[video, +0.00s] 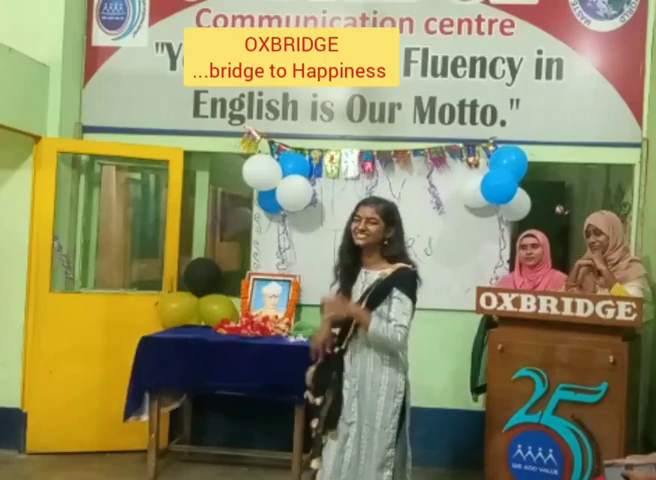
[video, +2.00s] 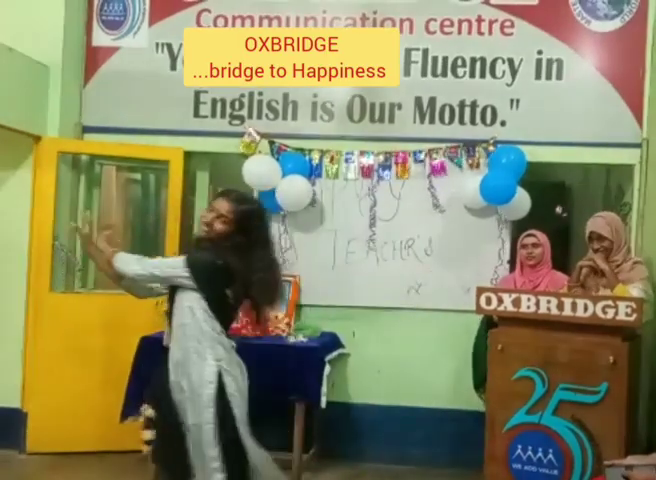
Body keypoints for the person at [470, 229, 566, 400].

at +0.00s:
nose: (529, 252)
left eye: (534, 247)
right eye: (523, 247)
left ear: (545, 250)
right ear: (517, 252)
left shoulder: (560, 281)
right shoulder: (506, 281)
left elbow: (564, 316)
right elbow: (495, 316)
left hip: (548, 347)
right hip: (512, 346)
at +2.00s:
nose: (530, 251)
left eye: (535, 246)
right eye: (525, 247)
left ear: (545, 250)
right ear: (518, 252)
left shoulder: (561, 282)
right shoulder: (506, 282)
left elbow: (566, 321)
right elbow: (492, 321)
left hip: (548, 352)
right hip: (511, 351)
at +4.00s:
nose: (531, 251)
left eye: (536, 246)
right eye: (525, 247)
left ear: (546, 250)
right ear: (519, 252)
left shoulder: (561, 281)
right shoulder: (507, 282)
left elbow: (565, 318)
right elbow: (496, 319)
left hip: (548, 349)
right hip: (512, 348)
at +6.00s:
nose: (531, 252)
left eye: (537, 247)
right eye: (526, 247)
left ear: (547, 251)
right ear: (520, 252)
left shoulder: (562, 281)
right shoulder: (508, 281)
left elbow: (565, 316)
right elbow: (498, 317)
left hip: (550, 347)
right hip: (514, 346)